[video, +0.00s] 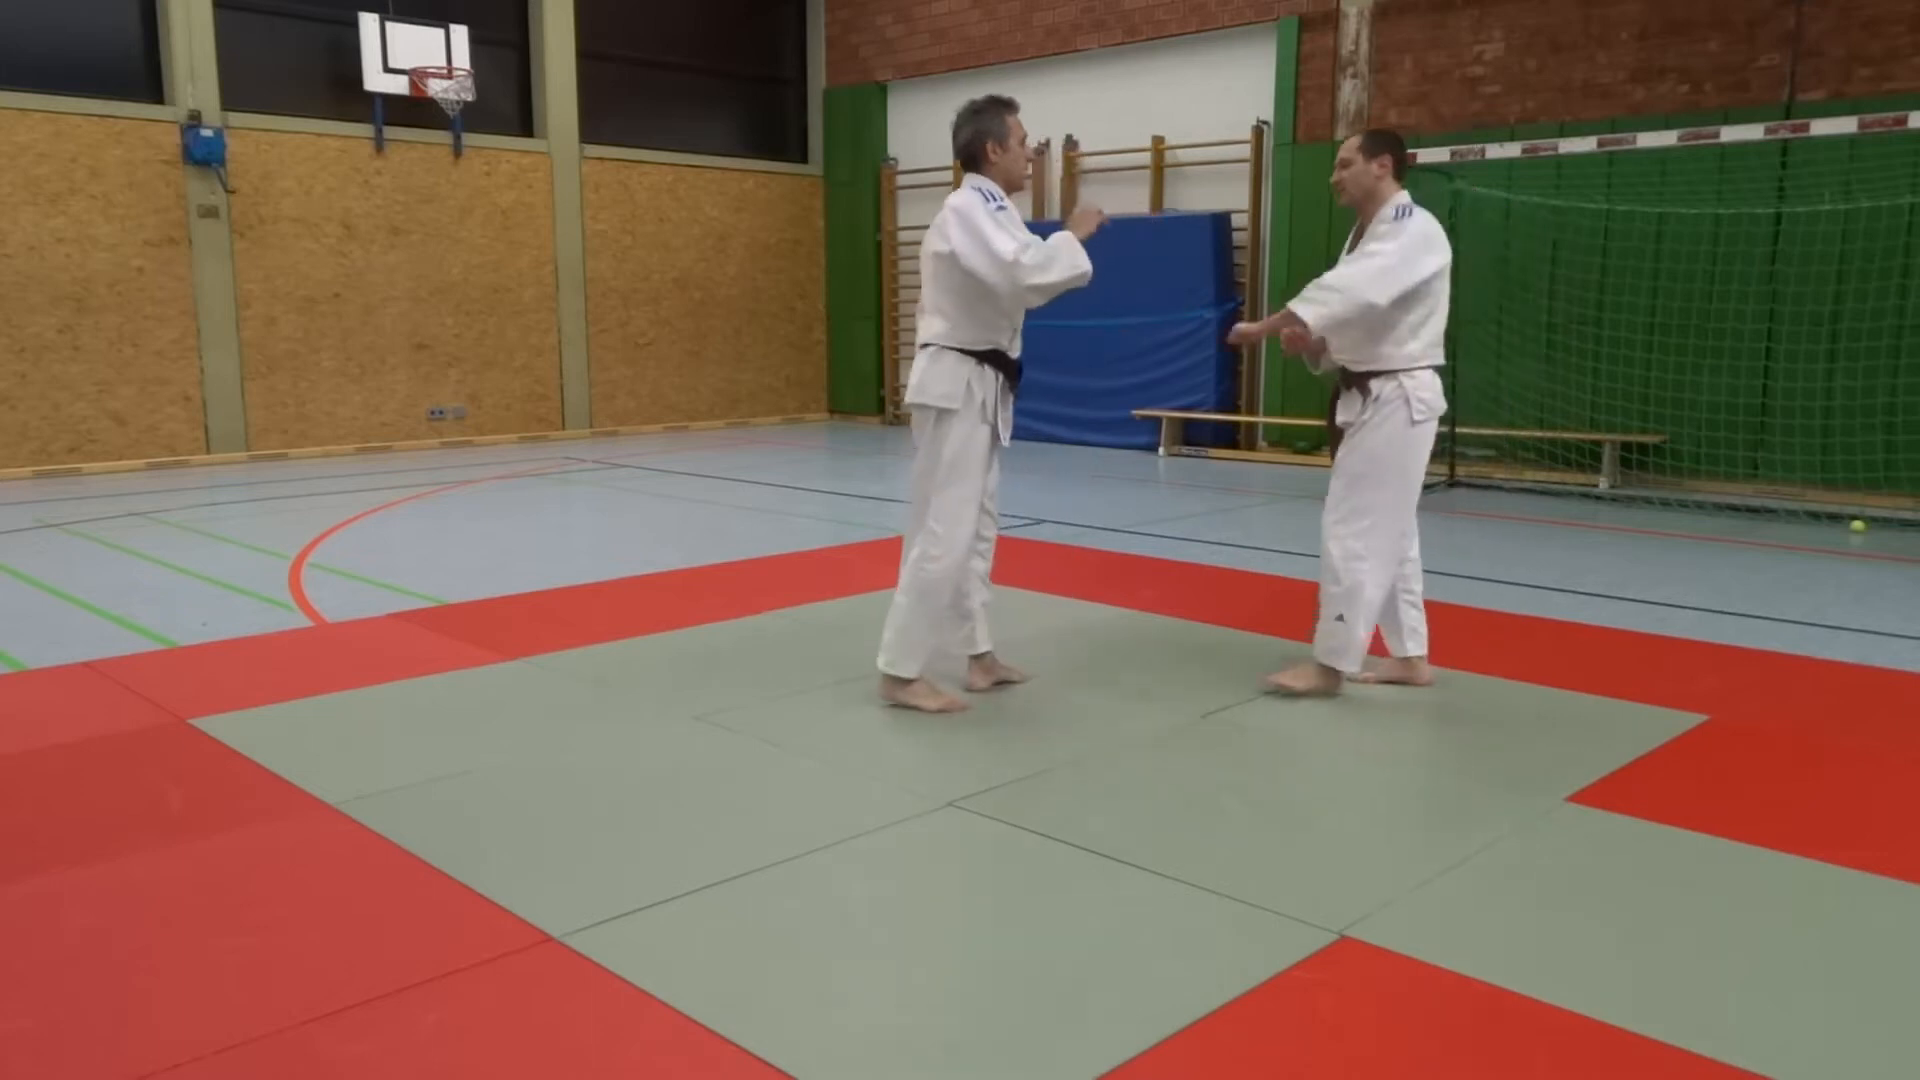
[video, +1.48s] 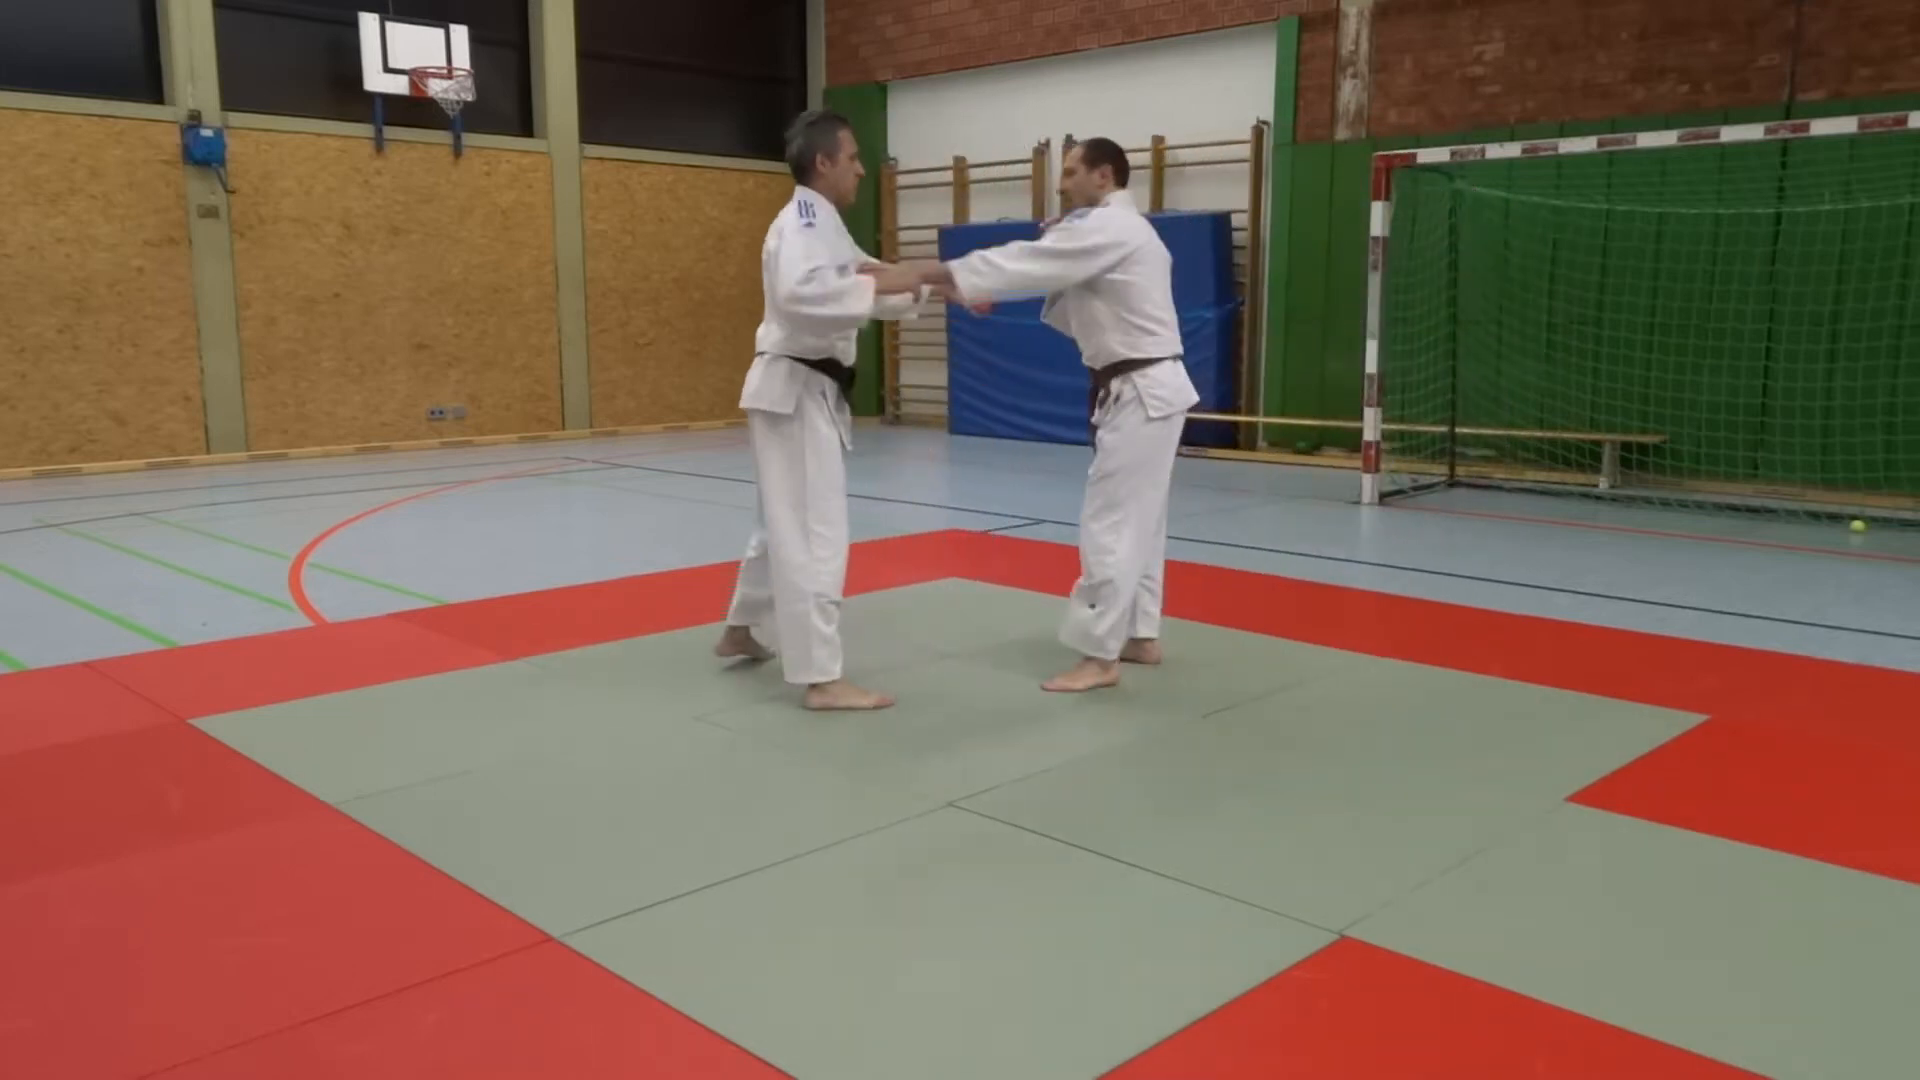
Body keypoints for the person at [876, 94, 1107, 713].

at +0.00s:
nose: (1031, 152)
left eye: (1028, 142)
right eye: (1022, 142)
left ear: (990, 152)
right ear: (989, 151)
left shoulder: (996, 213)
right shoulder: (967, 208)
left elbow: (1029, 280)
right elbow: (1016, 272)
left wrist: (1066, 245)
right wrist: (1073, 238)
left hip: (985, 383)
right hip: (954, 381)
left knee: (976, 527)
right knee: (943, 530)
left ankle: (976, 655)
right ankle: (900, 674)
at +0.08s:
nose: (1024, 156)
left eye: (1021, 145)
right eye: (1015, 145)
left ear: (984, 154)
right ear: (983, 153)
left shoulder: (989, 214)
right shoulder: (957, 211)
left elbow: (1017, 289)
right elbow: (1012, 281)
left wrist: (1058, 262)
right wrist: (1068, 251)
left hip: (968, 383)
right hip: (939, 383)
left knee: (965, 526)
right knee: (937, 532)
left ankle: (976, 655)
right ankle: (902, 678)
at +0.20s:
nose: (1013, 164)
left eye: (1011, 152)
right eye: (1006, 153)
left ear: (967, 159)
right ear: (976, 159)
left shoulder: (964, 214)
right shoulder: (945, 218)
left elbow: (930, 306)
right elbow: (1017, 301)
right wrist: (1052, 272)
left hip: (935, 388)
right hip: (912, 389)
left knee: (939, 526)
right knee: (923, 533)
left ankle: (958, 654)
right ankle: (906, 681)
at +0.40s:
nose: (982, 162)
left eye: (980, 149)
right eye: (974, 150)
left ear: (937, 157)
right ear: (946, 156)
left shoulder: (929, 212)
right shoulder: (914, 217)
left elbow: (958, 281)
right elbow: (965, 308)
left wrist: (1018, 290)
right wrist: (1028, 332)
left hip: (893, 384)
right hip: (886, 388)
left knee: (893, 526)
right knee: (901, 532)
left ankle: (873, 653)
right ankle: (893, 679)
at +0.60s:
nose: (941, 162)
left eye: (937, 150)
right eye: (932, 150)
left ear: (897, 159)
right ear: (904, 157)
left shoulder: (883, 214)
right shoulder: (889, 216)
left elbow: (933, 283)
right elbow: (884, 305)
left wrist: (1015, 274)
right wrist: (953, 342)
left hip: (840, 384)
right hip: (872, 388)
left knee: (829, 520)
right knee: (891, 531)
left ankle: (797, 646)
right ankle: (894, 679)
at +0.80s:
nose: (898, 169)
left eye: (895, 157)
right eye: (891, 157)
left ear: (854, 164)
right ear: (862, 161)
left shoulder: (843, 215)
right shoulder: (848, 215)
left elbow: (886, 305)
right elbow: (844, 300)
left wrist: (960, 335)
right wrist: (926, 319)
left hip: (816, 383)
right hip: (839, 386)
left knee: (811, 519)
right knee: (870, 527)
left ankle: (791, 650)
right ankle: (891, 674)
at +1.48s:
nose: (859, 169)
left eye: (857, 158)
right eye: (851, 158)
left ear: (818, 164)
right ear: (821, 163)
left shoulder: (825, 224)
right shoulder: (801, 223)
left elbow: (866, 290)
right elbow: (800, 293)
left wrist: (939, 294)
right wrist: (881, 286)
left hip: (807, 387)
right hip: (794, 389)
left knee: (790, 520)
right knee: (815, 532)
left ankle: (742, 631)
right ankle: (820, 679)